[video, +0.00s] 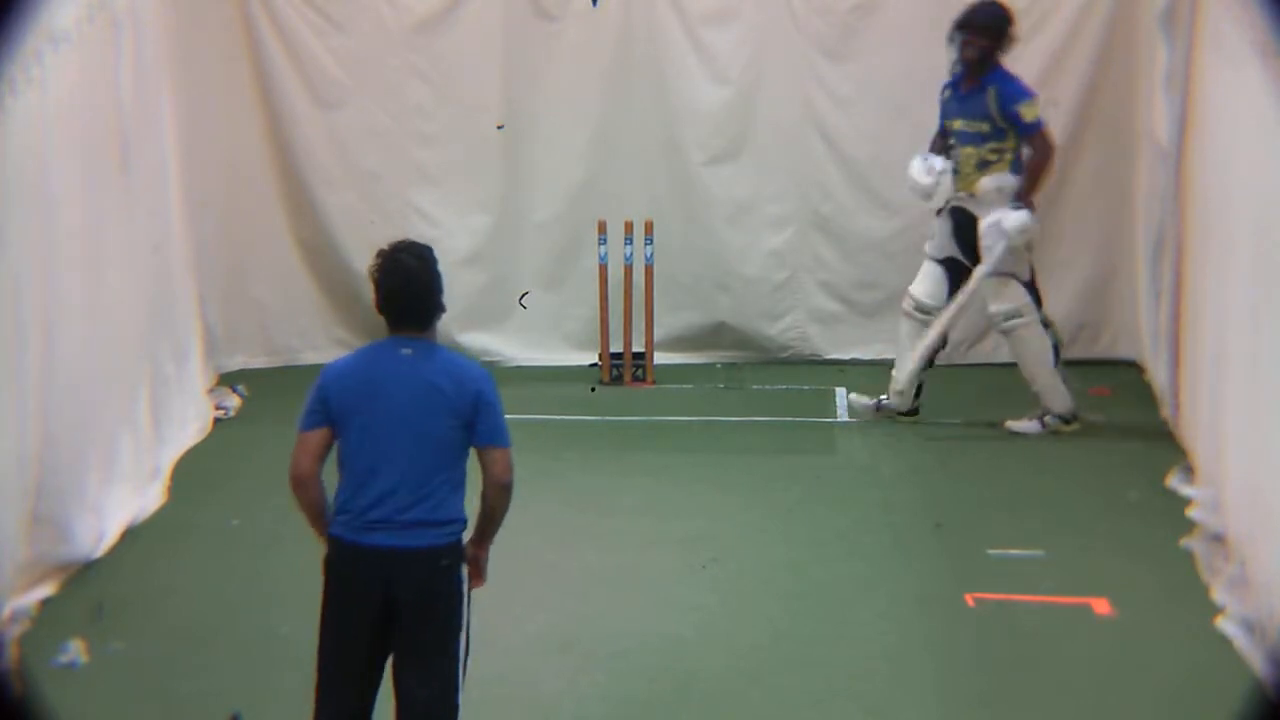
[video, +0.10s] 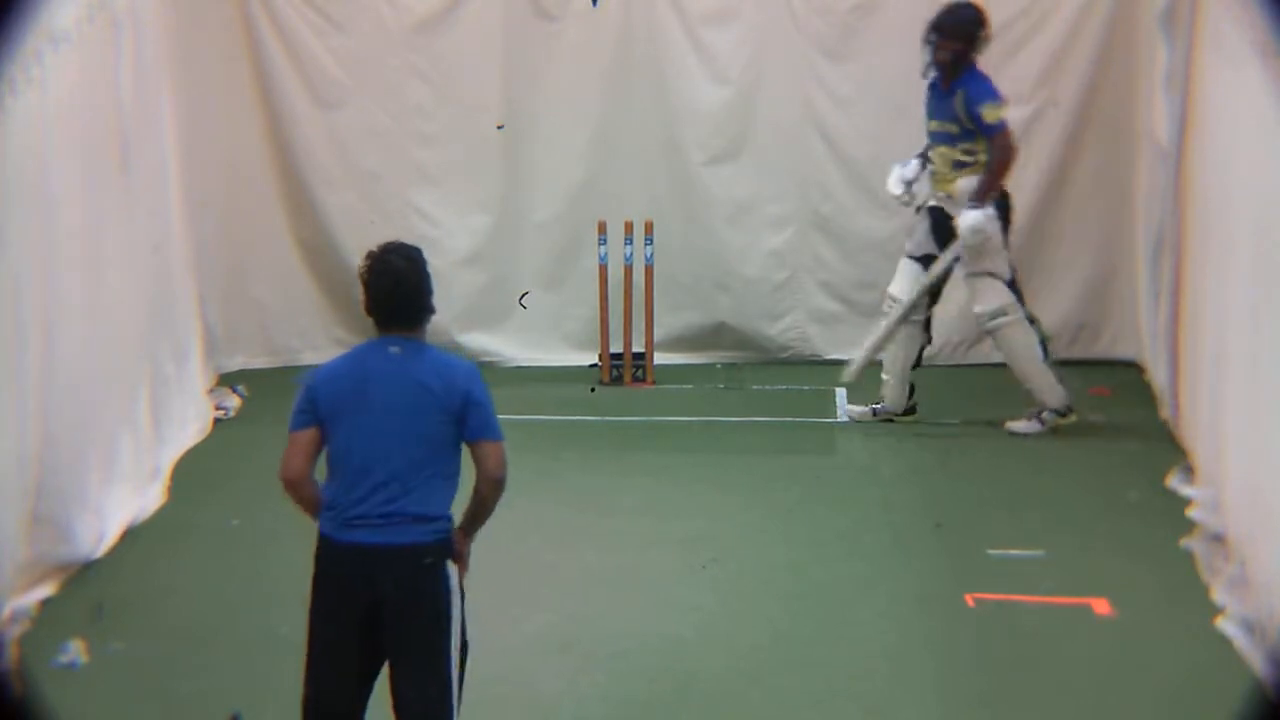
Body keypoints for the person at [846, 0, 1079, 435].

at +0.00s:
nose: (966, 48)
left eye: (976, 41)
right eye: (962, 39)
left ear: (996, 46)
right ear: (955, 40)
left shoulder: (1009, 92)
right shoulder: (952, 89)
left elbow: (1043, 147)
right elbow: (945, 133)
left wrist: (1020, 205)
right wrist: (930, 162)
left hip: (999, 214)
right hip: (957, 213)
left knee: (1011, 310)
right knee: (922, 302)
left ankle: (1059, 411)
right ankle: (902, 399)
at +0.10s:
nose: (939, 54)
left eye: (950, 47)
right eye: (936, 44)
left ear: (970, 50)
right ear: (929, 41)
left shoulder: (977, 89)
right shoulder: (937, 83)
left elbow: (1004, 147)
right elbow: (945, 139)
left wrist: (979, 206)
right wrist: (918, 164)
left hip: (978, 208)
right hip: (940, 205)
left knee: (995, 306)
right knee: (904, 297)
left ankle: (1054, 404)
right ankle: (895, 401)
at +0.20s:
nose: (914, 47)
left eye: (923, 39)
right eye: (910, 39)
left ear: (945, 41)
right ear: (908, 41)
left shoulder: (952, 85)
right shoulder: (925, 81)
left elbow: (965, 151)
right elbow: (929, 139)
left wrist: (929, 201)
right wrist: (901, 164)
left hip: (955, 206)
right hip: (921, 204)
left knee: (964, 302)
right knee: (896, 296)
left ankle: (1041, 395)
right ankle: (895, 401)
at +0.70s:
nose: (830, 58)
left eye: (833, 49)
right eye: (828, 50)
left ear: (854, 42)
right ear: (855, 41)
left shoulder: (880, 78)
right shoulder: (855, 81)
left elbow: (877, 141)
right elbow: (857, 143)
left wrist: (830, 177)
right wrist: (820, 160)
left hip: (881, 198)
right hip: (861, 196)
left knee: (830, 289)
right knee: (867, 300)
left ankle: (815, 398)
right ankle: (892, 397)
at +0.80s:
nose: (815, 60)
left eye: (818, 51)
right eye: (813, 52)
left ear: (840, 43)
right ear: (841, 44)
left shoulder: (865, 80)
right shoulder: (842, 82)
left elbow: (859, 142)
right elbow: (842, 144)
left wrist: (813, 177)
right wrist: (803, 157)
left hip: (863, 199)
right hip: (844, 197)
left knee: (811, 292)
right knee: (851, 302)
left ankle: (802, 405)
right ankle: (892, 397)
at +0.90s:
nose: (800, 61)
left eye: (804, 52)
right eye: (799, 53)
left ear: (825, 45)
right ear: (827, 45)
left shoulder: (850, 81)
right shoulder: (828, 82)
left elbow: (835, 146)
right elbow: (823, 145)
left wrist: (792, 169)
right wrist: (788, 156)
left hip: (842, 200)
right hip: (825, 197)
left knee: (794, 297)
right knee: (831, 305)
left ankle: (798, 408)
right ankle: (886, 391)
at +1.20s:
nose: (743, 61)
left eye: (747, 52)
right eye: (741, 53)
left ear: (771, 45)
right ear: (775, 46)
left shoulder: (795, 77)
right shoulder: (781, 79)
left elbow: (757, 123)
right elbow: (765, 123)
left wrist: (714, 135)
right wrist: (727, 120)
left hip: (797, 200)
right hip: (775, 198)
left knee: (771, 294)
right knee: (741, 273)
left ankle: (796, 408)